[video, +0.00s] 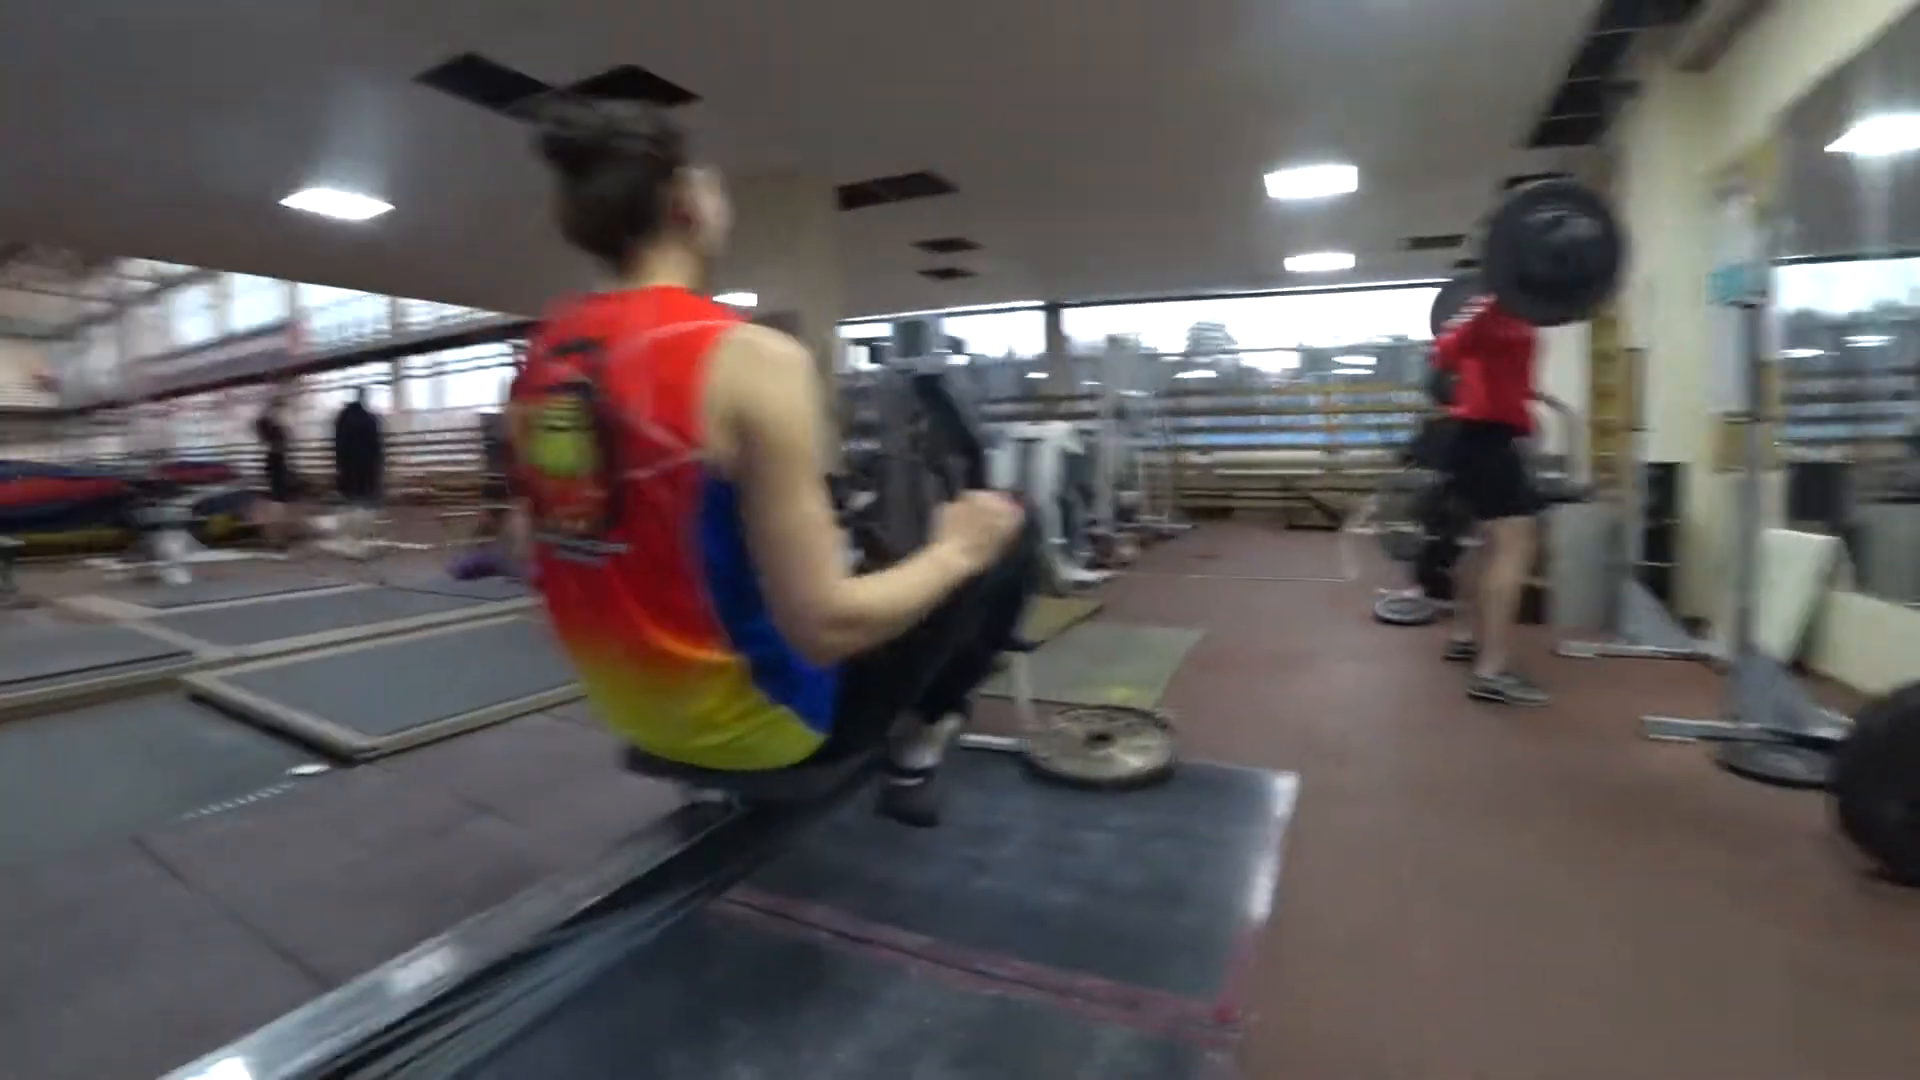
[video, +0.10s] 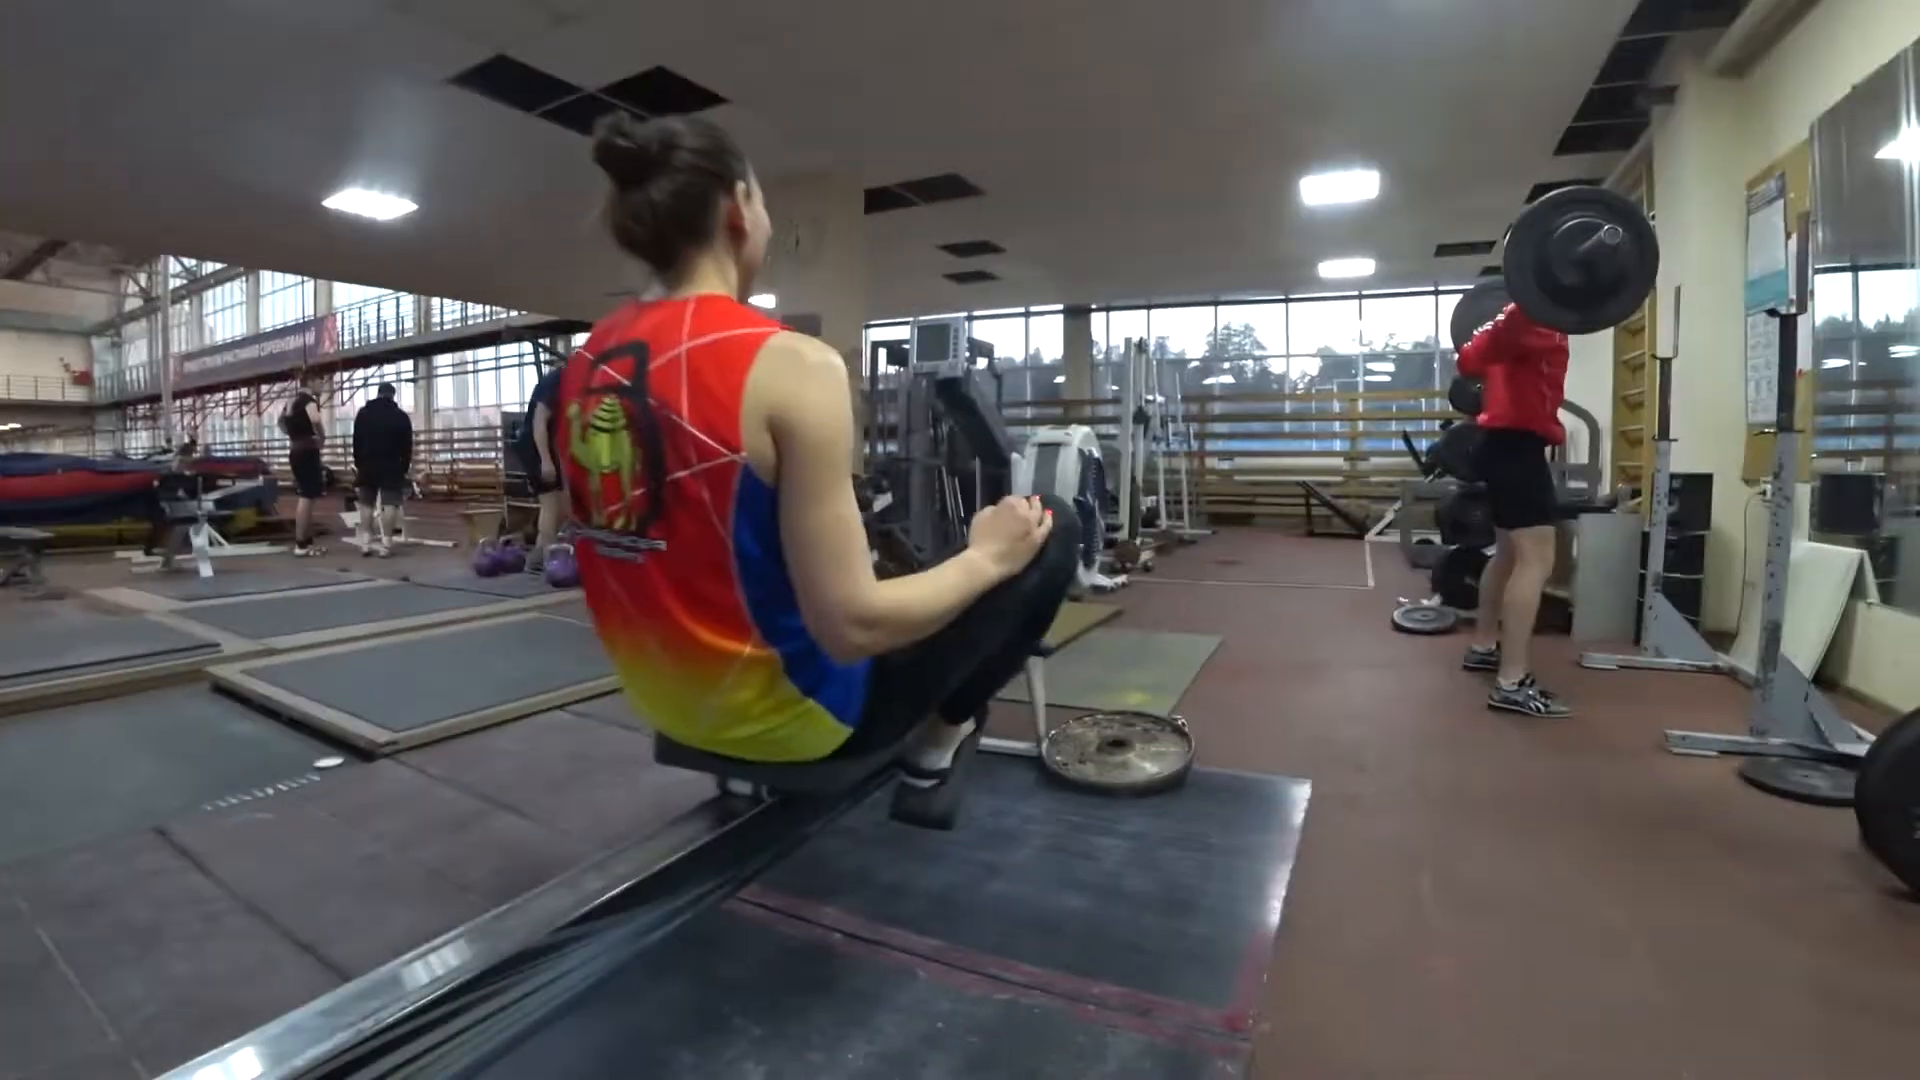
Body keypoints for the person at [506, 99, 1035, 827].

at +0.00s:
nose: (721, 201)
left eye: (714, 182)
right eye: (714, 183)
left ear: (587, 223)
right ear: (687, 203)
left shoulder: (549, 354)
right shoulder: (755, 363)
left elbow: (536, 548)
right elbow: (821, 625)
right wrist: (953, 553)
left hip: (643, 725)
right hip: (770, 738)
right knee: (1003, 535)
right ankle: (914, 754)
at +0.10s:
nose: (767, 224)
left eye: (764, 202)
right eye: (763, 201)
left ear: (635, 227)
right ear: (739, 207)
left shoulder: (589, 362)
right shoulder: (794, 367)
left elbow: (577, 527)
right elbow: (850, 627)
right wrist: (983, 559)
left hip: (672, 715)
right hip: (797, 732)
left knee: (872, 530)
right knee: (1050, 534)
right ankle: (936, 747)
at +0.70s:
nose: (789, 300)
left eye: (791, 282)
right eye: (788, 280)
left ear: (666, 285)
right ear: (757, 272)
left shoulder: (597, 397)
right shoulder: (800, 405)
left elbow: (555, 593)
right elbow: (821, 657)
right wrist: (958, 600)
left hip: (635, 765)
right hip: (770, 780)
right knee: (1023, 584)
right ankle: (919, 802)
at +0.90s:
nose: (777, 303)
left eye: (778, 284)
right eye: (775, 281)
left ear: (652, 282)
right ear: (741, 271)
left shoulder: (576, 387)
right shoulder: (773, 401)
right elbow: (779, 664)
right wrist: (938, 630)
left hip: (577, 791)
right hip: (717, 808)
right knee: (1007, 622)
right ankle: (913, 820)